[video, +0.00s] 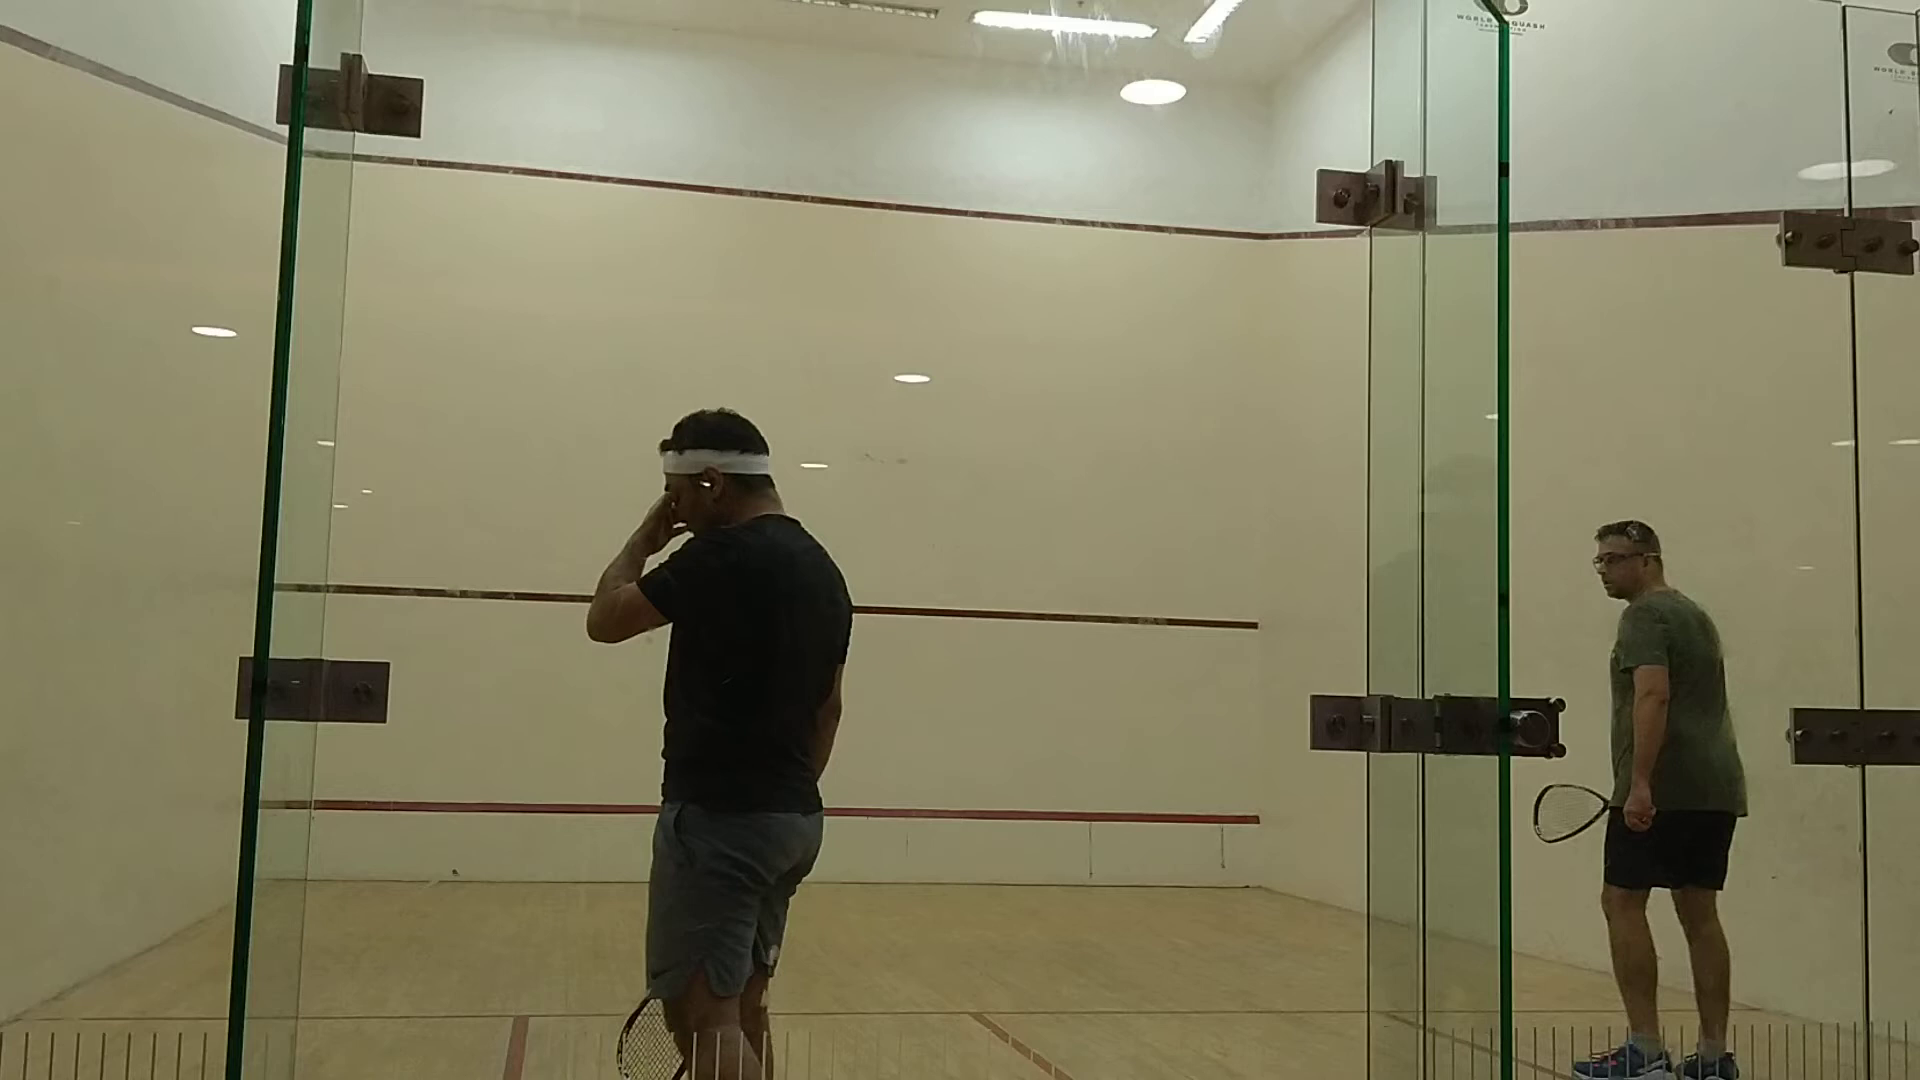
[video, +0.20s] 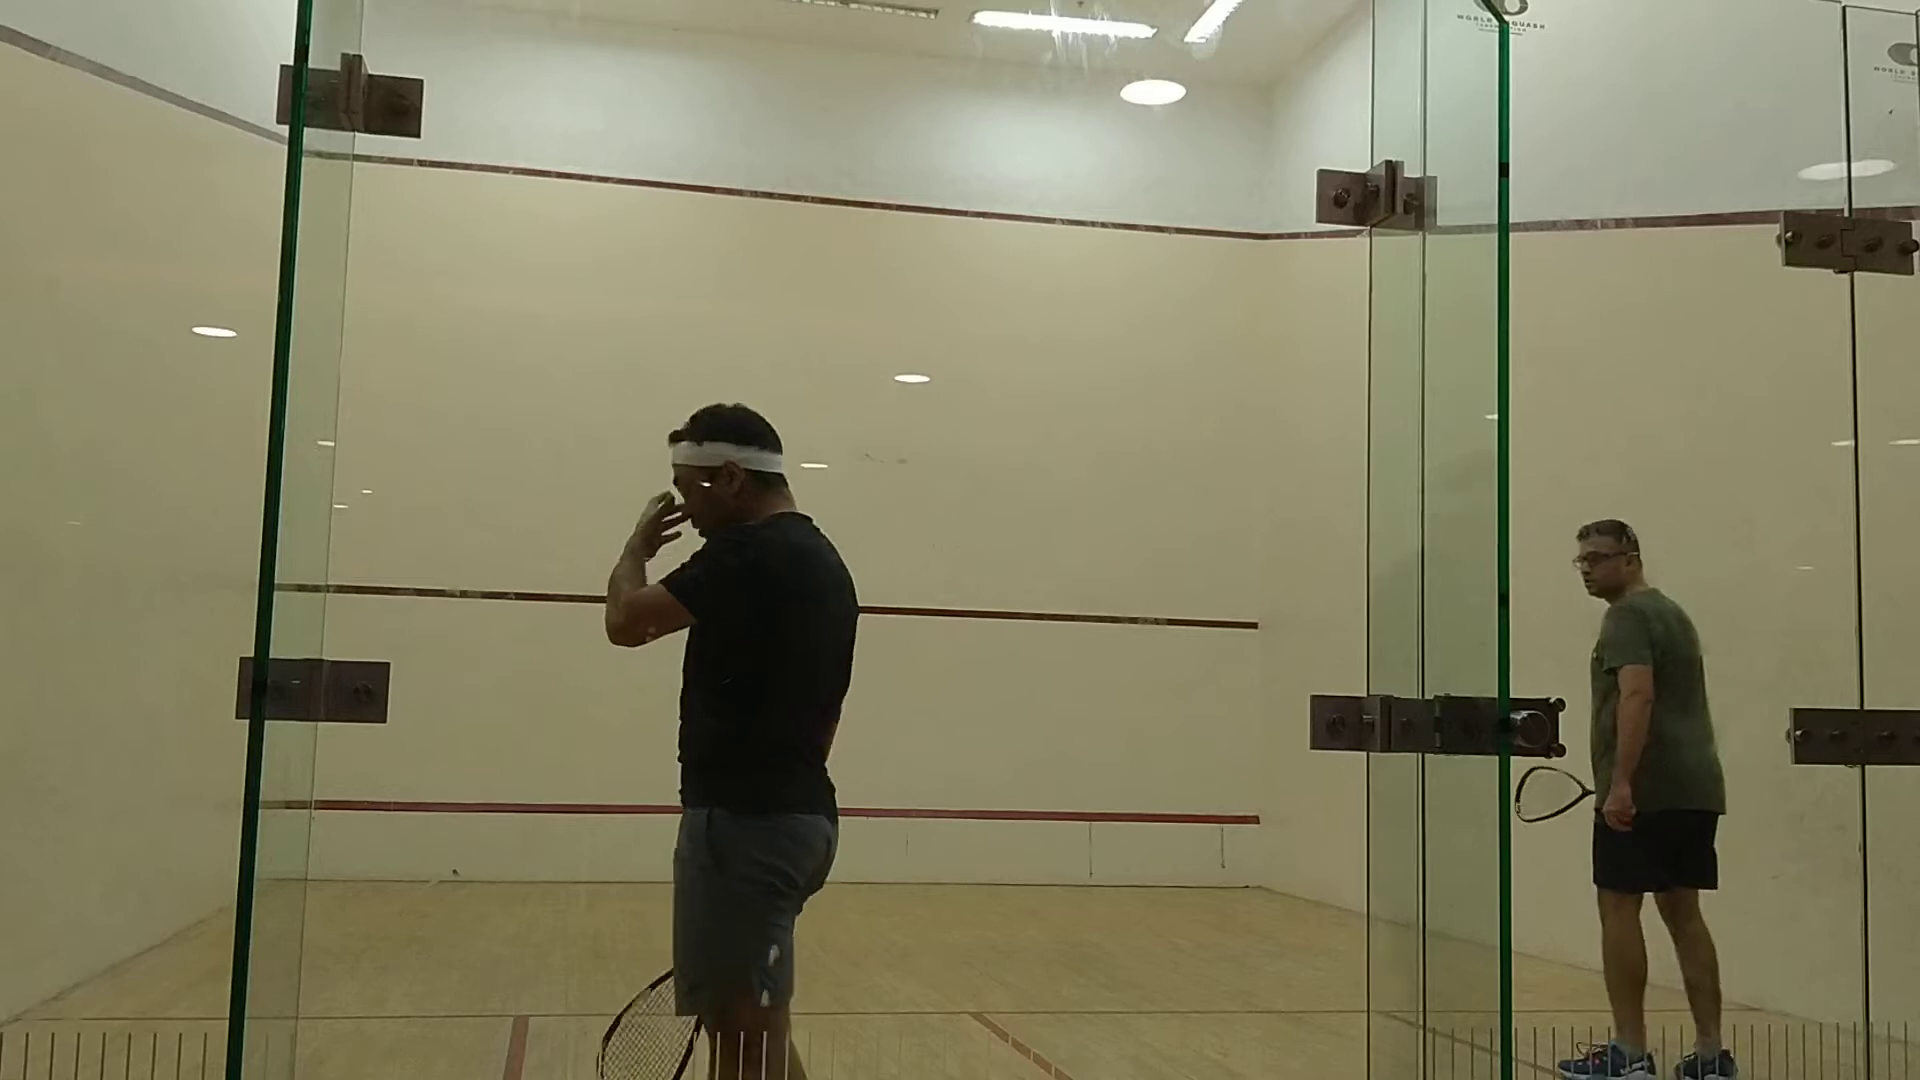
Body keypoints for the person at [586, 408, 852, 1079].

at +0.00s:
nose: (673, 504)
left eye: (677, 488)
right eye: (671, 490)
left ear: (712, 482)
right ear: (755, 476)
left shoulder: (718, 556)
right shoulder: (822, 568)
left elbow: (605, 619)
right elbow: (827, 705)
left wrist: (644, 538)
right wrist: (796, 797)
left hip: (715, 820)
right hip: (793, 819)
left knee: (704, 1015)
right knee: (745, 1004)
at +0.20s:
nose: (681, 503)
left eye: (686, 487)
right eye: (679, 488)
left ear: (731, 480)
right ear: (755, 477)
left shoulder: (744, 554)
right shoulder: (822, 560)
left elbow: (626, 623)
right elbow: (824, 718)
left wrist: (636, 547)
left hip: (741, 825)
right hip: (797, 822)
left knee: (740, 1030)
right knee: (757, 1023)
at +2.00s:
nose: (899, 499)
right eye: (901, 489)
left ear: (824, 483)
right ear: (900, 492)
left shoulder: (794, 553)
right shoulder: (916, 579)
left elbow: (747, 666)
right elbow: (874, 706)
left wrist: (706, 758)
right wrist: (770, 742)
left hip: (797, 824)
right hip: (890, 823)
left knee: (742, 1014)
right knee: (843, 1007)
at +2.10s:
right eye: (895, 486)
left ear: (819, 483)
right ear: (894, 490)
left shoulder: (792, 554)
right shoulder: (910, 578)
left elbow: (750, 668)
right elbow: (867, 703)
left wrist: (705, 764)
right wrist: (764, 740)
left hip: (794, 824)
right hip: (886, 823)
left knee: (740, 1014)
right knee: (840, 1011)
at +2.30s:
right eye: (880, 485)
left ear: (808, 485)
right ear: (884, 492)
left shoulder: (787, 555)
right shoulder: (899, 577)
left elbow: (748, 668)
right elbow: (859, 704)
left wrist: (695, 767)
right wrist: (758, 740)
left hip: (787, 824)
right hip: (876, 822)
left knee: (738, 1016)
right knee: (835, 1011)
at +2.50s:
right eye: (874, 483)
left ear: (798, 484)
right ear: (874, 491)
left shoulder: (779, 555)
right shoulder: (891, 576)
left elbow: (744, 669)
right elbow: (855, 704)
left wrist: (688, 775)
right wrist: (748, 737)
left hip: (781, 821)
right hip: (871, 819)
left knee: (731, 1009)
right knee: (830, 1003)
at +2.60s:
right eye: (872, 482)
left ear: (794, 484)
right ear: (871, 489)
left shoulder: (774, 557)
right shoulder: (890, 577)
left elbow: (738, 672)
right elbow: (850, 697)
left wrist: (687, 777)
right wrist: (744, 728)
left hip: (778, 821)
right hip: (870, 819)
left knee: (729, 1009)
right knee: (830, 1003)